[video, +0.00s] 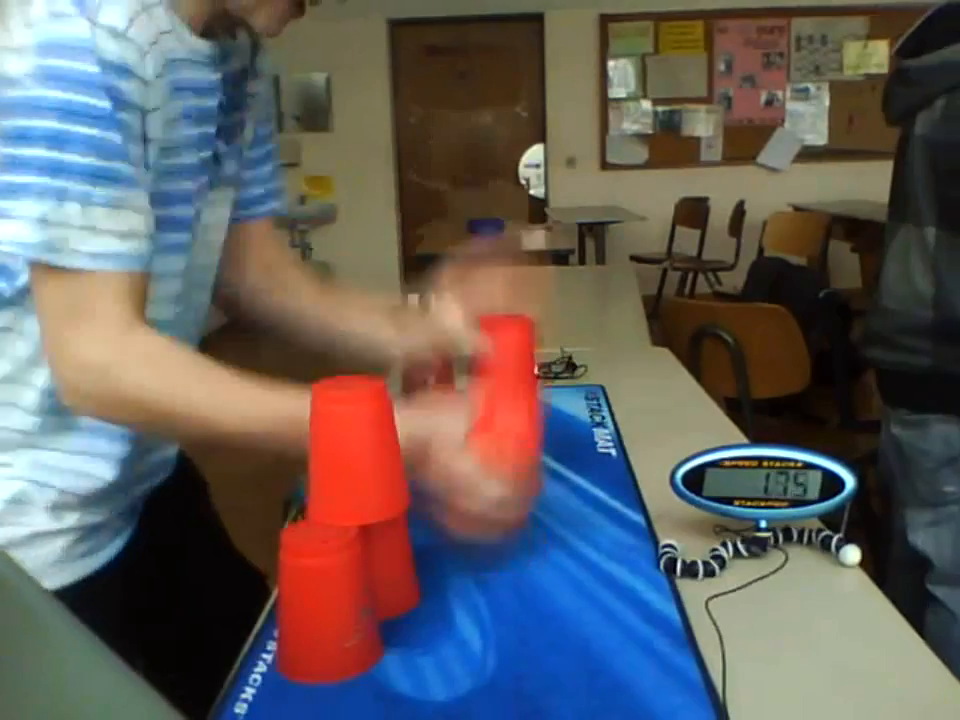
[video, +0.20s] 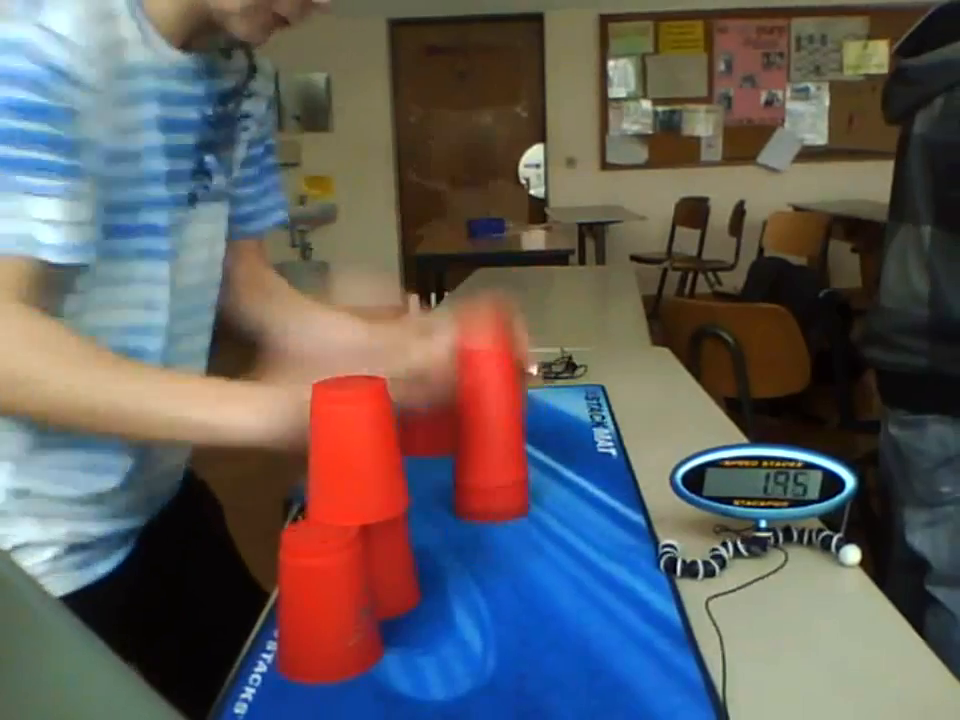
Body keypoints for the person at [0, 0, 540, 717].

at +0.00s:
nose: (304, 6)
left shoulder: (231, 48)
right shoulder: (68, 50)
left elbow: (250, 268)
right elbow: (94, 361)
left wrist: (414, 332)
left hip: (151, 494)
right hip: (40, 550)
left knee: (287, 681)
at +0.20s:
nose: (312, 8)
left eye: (317, 0)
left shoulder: (232, 65)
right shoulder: (39, 46)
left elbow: (246, 283)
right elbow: (5, 332)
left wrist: (399, 350)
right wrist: (269, 410)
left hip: (163, 505)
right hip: (42, 557)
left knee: (287, 696)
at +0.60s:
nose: (340, 4)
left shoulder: (189, 52)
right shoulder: (61, 36)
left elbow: (162, 255)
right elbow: (80, 334)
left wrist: (338, 326)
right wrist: (341, 378)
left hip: (124, 475)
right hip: (38, 531)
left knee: (257, 679)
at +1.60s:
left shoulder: (235, 35)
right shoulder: (35, 18)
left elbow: (229, 259)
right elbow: (7, 264)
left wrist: (381, 333)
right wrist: (314, 306)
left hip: (142, 503)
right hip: (25, 556)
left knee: (233, 698)